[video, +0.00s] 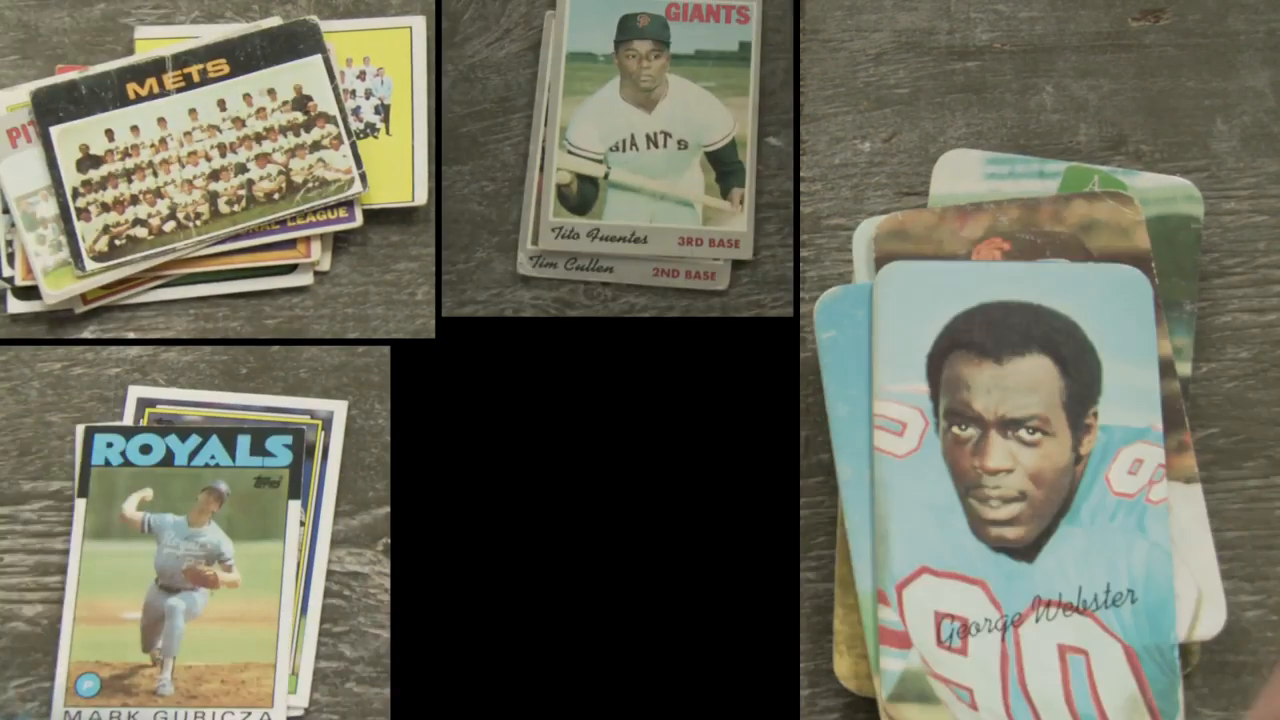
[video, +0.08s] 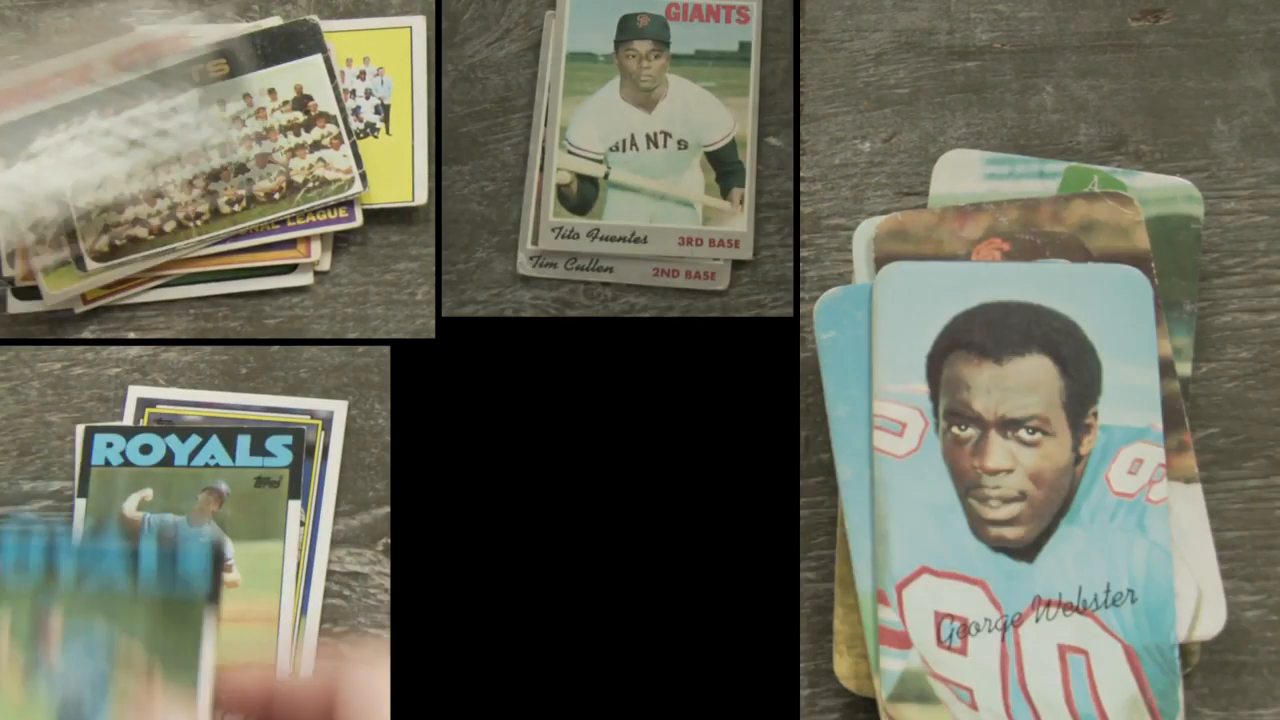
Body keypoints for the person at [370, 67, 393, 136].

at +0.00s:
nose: (381, 73)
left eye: (382, 71)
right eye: (380, 71)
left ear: (384, 72)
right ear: (378, 72)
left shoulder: (388, 80)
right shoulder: (374, 80)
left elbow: (390, 89)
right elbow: (373, 90)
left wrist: (385, 96)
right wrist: (378, 96)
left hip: (387, 101)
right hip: (378, 100)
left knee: (387, 117)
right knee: (378, 116)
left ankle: (387, 131)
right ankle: (376, 131)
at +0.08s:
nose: (381, 73)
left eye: (382, 71)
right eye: (380, 71)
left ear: (384, 72)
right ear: (377, 72)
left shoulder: (388, 80)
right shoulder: (374, 80)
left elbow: (390, 90)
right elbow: (373, 90)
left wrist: (385, 96)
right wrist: (378, 96)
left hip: (387, 101)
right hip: (378, 100)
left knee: (387, 117)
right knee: (378, 116)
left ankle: (387, 130)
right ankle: (376, 130)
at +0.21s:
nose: (381, 73)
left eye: (382, 71)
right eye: (380, 71)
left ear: (384, 72)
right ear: (378, 72)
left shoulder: (388, 80)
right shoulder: (375, 80)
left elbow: (390, 90)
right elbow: (373, 90)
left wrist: (385, 96)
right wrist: (378, 96)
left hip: (387, 101)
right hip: (378, 101)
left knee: (387, 117)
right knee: (377, 116)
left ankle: (387, 130)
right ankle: (376, 131)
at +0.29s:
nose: (381, 73)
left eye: (382, 71)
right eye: (380, 71)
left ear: (384, 72)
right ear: (378, 72)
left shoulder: (388, 80)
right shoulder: (375, 80)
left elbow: (390, 89)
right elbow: (373, 90)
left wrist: (385, 96)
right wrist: (378, 96)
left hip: (387, 101)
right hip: (378, 101)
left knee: (387, 117)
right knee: (378, 116)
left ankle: (387, 130)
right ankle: (376, 131)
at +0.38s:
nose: (381, 73)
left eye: (382, 71)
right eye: (380, 71)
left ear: (384, 72)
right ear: (378, 72)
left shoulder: (388, 80)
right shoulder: (375, 80)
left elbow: (390, 90)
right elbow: (373, 90)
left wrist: (385, 96)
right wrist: (378, 96)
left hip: (387, 101)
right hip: (378, 100)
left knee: (387, 117)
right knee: (378, 116)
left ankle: (387, 131)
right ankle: (376, 131)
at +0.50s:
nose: (381, 74)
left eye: (382, 73)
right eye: (379, 73)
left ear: (384, 73)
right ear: (377, 73)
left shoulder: (387, 80)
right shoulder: (376, 80)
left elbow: (389, 89)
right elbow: (374, 90)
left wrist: (386, 97)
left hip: (386, 100)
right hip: (378, 100)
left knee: (387, 117)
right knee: (378, 116)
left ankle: (387, 131)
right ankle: (377, 130)